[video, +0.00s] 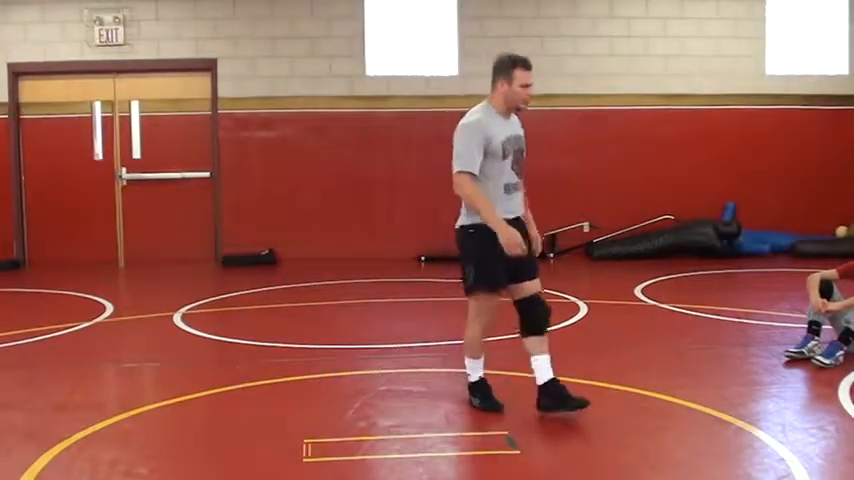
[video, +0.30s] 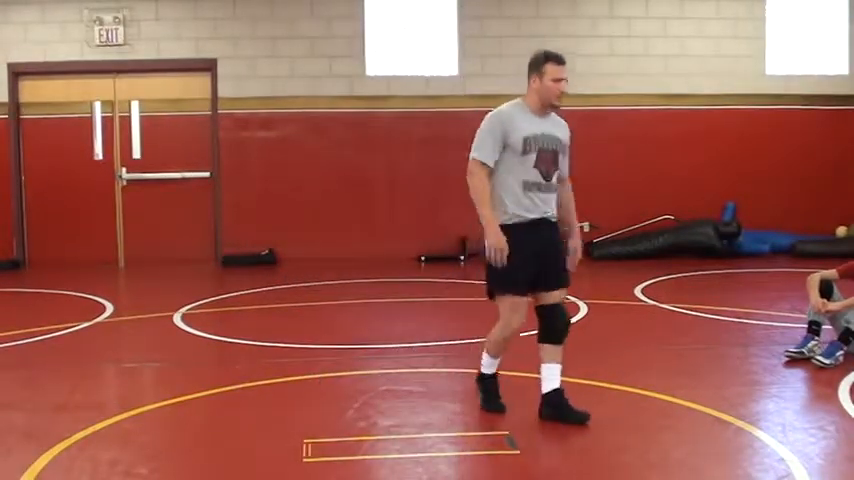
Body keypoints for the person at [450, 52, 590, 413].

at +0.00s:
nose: (530, 93)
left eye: (531, 86)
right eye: (525, 86)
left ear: (513, 86)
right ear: (501, 85)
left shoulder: (514, 122)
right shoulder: (473, 125)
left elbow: (513, 182)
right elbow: (462, 183)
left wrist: (529, 223)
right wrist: (500, 227)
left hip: (512, 226)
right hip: (479, 230)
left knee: (533, 308)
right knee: (482, 308)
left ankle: (547, 387)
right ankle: (476, 383)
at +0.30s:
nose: (564, 87)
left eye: (565, 81)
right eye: (557, 81)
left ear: (559, 84)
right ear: (534, 81)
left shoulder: (560, 127)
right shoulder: (501, 120)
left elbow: (563, 185)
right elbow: (476, 173)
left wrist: (573, 233)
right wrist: (491, 228)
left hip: (547, 231)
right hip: (510, 232)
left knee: (555, 318)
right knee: (513, 319)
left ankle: (552, 396)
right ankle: (487, 374)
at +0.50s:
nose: (561, 85)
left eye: (569, 79)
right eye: (554, 77)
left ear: (579, 85)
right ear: (543, 80)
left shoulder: (584, 131)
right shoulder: (514, 118)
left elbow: (600, 185)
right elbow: (483, 164)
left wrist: (625, 232)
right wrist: (475, 208)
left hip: (559, 229)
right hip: (516, 228)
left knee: (561, 320)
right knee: (524, 318)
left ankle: (552, 397)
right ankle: (510, 377)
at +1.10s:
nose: (569, 83)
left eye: (577, 76)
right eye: (562, 75)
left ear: (589, 82)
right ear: (554, 78)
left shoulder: (601, 137)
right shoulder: (523, 115)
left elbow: (596, 197)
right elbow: (496, 163)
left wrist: (568, 243)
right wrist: (477, 213)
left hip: (556, 230)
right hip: (510, 222)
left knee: (559, 320)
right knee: (502, 311)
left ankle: (551, 398)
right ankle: (493, 396)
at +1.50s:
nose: (522, 91)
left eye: (531, 84)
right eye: (518, 83)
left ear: (549, 86)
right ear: (511, 83)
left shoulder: (569, 134)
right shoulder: (487, 122)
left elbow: (576, 194)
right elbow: (462, 173)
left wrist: (560, 245)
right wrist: (450, 225)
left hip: (540, 237)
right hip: (488, 234)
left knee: (548, 323)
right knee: (472, 321)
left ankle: (550, 399)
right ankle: (455, 408)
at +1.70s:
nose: (474, 91)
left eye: (482, 84)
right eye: (469, 84)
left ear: (504, 85)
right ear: (465, 84)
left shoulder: (532, 127)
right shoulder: (450, 129)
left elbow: (552, 183)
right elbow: (433, 186)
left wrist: (562, 240)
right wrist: (436, 242)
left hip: (513, 240)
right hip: (463, 239)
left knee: (540, 323)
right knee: (455, 329)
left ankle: (547, 400)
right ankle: (450, 418)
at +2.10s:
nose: (415, 83)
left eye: (423, 75)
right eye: (414, 76)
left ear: (448, 78)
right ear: (419, 80)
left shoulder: (488, 118)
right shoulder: (405, 131)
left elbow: (511, 174)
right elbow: (402, 195)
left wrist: (524, 228)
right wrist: (423, 247)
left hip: (483, 234)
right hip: (435, 239)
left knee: (515, 323)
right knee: (440, 326)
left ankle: (518, 393)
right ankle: (448, 417)